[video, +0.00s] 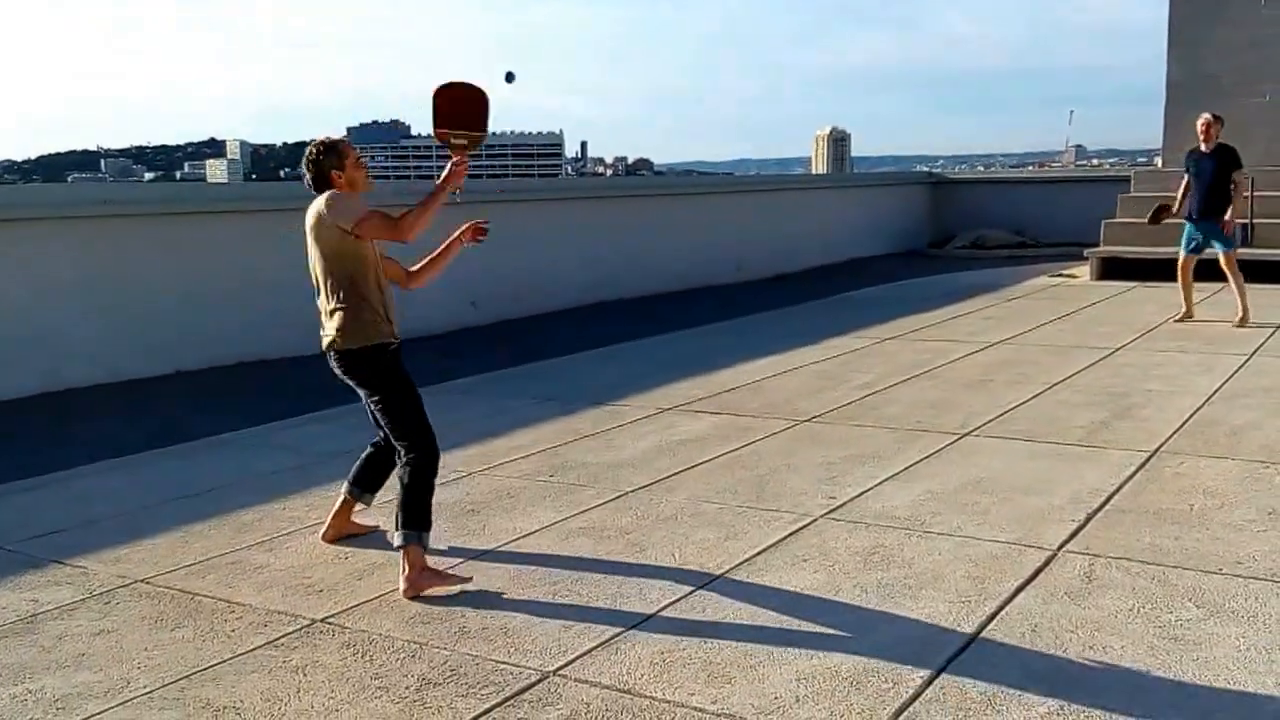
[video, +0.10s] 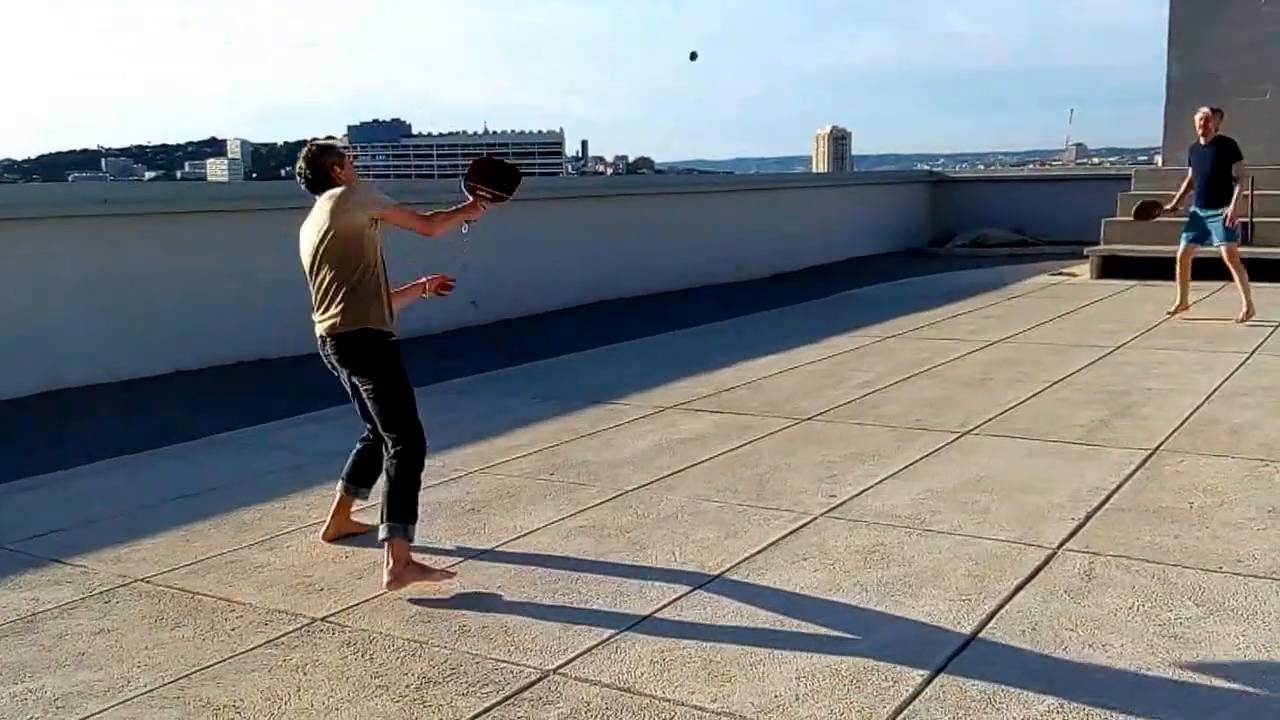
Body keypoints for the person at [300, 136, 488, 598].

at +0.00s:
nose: (366, 168)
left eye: (362, 161)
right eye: (358, 163)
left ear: (336, 176)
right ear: (338, 175)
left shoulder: (343, 226)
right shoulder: (330, 205)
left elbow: (408, 277)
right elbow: (402, 229)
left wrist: (460, 239)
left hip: (360, 345)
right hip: (362, 345)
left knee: (392, 440)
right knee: (420, 448)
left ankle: (340, 519)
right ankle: (415, 569)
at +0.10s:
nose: (355, 166)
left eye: (350, 160)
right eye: (350, 161)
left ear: (318, 179)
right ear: (339, 169)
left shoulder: (312, 224)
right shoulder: (354, 195)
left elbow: (358, 302)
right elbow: (430, 226)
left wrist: (418, 287)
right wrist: (475, 206)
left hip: (334, 340)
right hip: (364, 336)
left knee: (377, 432)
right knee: (406, 441)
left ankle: (338, 518)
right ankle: (400, 562)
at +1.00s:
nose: (410, 138)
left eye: (408, 129)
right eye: (406, 130)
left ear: (371, 140)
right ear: (391, 138)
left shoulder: (360, 186)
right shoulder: (366, 195)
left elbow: (378, 264)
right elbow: (370, 285)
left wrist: (427, 290)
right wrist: (418, 315)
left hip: (328, 322)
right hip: (344, 329)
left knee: (347, 424)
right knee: (388, 435)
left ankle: (313, 519)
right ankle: (358, 552)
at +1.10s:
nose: (412, 132)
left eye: (408, 123)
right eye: (407, 124)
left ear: (370, 134)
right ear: (393, 132)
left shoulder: (349, 178)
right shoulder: (385, 193)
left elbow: (373, 266)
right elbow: (393, 278)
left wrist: (425, 292)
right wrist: (429, 306)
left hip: (322, 318)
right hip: (352, 327)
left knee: (348, 418)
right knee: (390, 433)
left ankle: (316, 516)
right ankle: (355, 549)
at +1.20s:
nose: (404, 118)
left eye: (400, 110)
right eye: (399, 112)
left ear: (357, 123)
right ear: (385, 120)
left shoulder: (329, 172)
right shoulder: (405, 179)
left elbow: (339, 240)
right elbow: (438, 264)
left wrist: (401, 257)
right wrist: (416, 262)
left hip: (330, 314)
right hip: (375, 322)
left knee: (358, 413)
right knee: (392, 431)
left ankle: (347, 512)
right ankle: (357, 548)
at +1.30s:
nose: (398, 117)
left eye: (393, 110)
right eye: (392, 111)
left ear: (349, 126)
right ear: (378, 122)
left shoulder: (322, 180)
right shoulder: (414, 175)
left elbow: (324, 259)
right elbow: (452, 229)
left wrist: (361, 233)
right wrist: (413, 221)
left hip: (350, 322)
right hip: (402, 324)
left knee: (366, 422)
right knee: (413, 430)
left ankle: (367, 535)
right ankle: (360, 536)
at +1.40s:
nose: (400, 121)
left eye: (394, 114)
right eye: (394, 117)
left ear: (353, 138)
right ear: (384, 132)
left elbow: (332, 268)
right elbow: (419, 220)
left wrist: (365, 233)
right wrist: (354, 182)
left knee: (361, 423)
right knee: (458, 423)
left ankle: (360, 532)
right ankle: (398, 510)